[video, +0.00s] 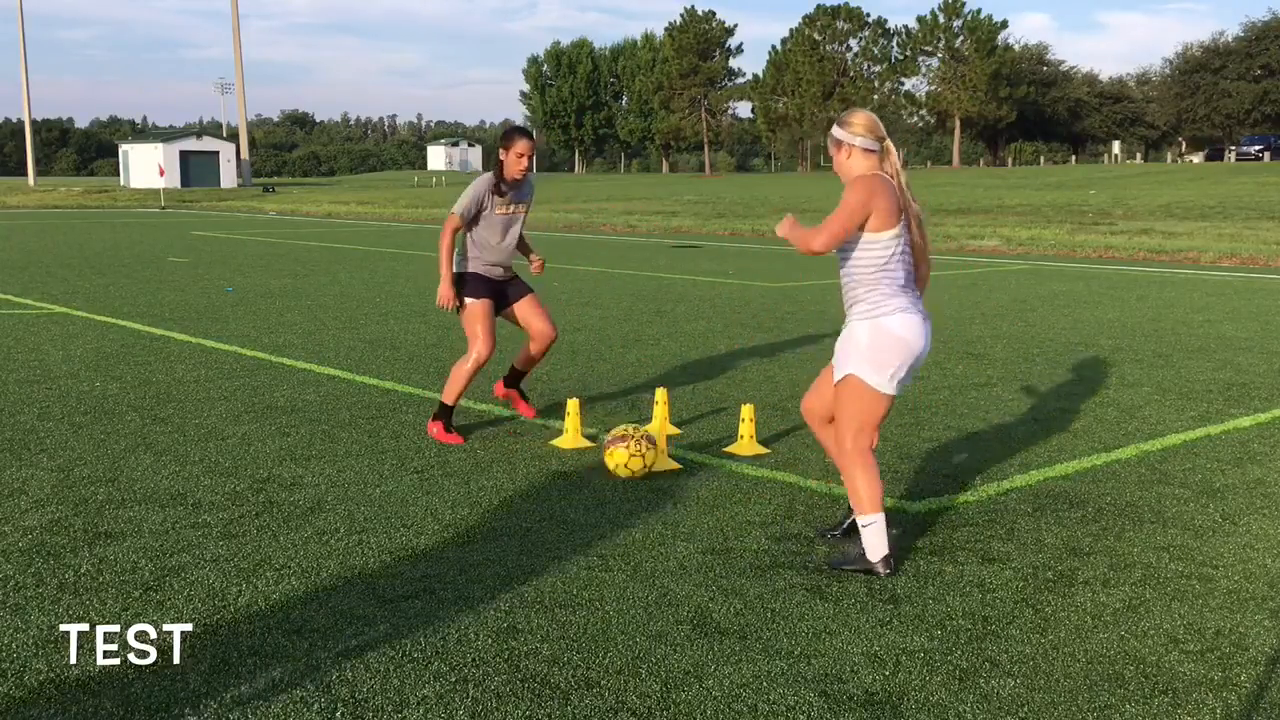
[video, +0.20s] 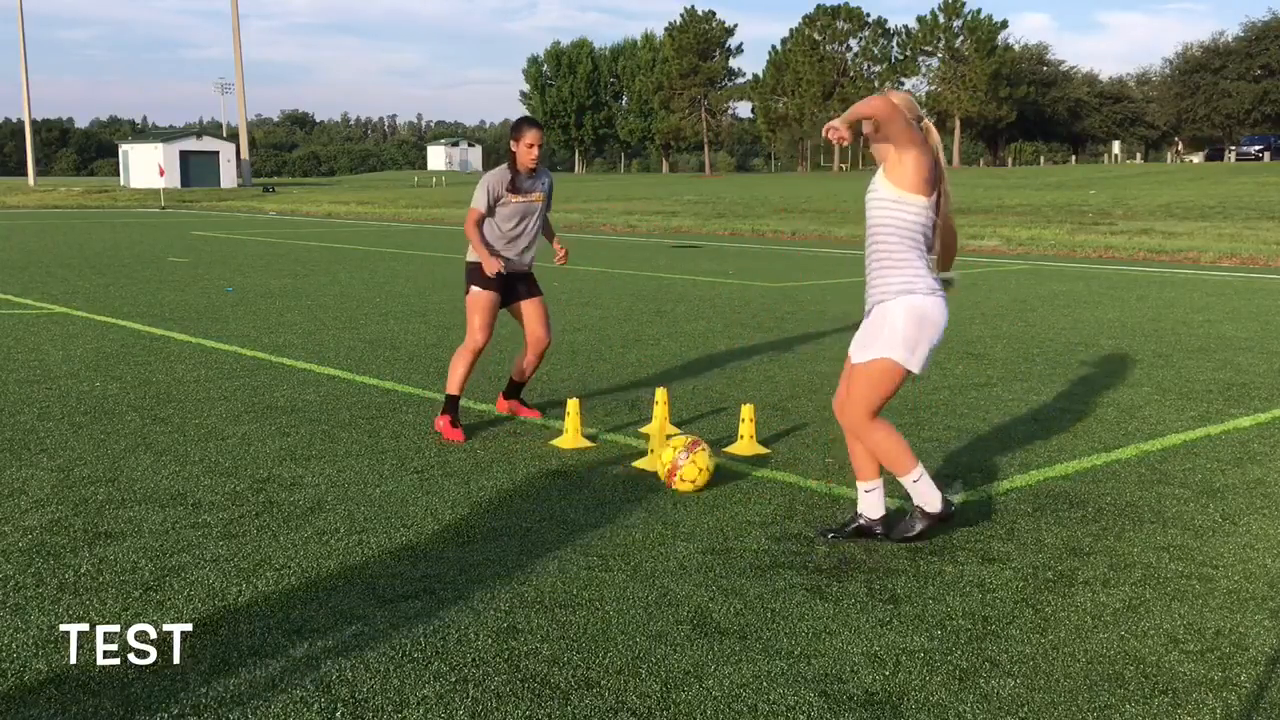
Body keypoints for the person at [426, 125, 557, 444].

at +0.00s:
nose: (526, 163)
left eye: (530, 157)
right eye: (520, 156)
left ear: (532, 159)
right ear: (502, 155)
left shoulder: (526, 189)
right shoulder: (482, 187)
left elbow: (512, 230)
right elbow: (449, 229)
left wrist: (531, 255)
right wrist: (446, 280)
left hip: (506, 277)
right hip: (474, 275)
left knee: (545, 334)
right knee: (481, 348)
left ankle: (509, 385)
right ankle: (440, 419)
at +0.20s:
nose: (536, 152)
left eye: (539, 146)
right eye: (530, 146)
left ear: (541, 148)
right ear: (514, 146)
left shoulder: (544, 181)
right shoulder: (493, 180)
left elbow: (541, 218)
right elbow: (471, 223)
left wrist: (555, 242)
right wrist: (485, 256)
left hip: (520, 269)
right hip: (486, 266)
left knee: (540, 339)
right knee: (477, 338)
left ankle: (510, 398)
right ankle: (448, 414)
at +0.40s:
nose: (543, 130)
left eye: (546, 124)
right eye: (537, 124)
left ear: (547, 127)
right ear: (521, 125)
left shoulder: (547, 157)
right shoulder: (503, 158)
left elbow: (541, 196)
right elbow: (483, 203)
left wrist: (550, 220)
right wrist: (521, 221)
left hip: (533, 248)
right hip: (500, 244)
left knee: (535, 323)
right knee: (506, 318)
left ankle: (515, 392)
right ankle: (479, 385)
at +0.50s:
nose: (546, 134)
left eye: (549, 128)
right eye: (540, 128)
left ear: (550, 131)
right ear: (523, 128)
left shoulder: (548, 160)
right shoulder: (506, 161)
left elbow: (541, 200)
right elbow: (483, 204)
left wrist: (552, 224)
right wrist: (522, 221)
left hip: (537, 248)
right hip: (505, 248)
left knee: (556, 315)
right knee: (512, 325)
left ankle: (528, 380)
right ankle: (483, 388)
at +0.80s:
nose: (570, 149)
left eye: (572, 144)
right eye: (564, 144)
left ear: (574, 145)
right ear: (548, 146)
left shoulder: (579, 175)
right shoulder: (532, 179)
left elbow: (580, 208)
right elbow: (511, 216)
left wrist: (590, 230)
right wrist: (527, 242)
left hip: (565, 263)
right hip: (533, 261)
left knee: (581, 324)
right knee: (526, 327)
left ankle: (568, 376)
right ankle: (489, 391)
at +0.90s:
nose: (577, 144)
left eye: (579, 139)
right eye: (571, 139)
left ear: (581, 141)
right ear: (555, 140)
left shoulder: (585, 166)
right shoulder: (539, 172)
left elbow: (587, 201)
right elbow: (521, 213)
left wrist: (602, 225)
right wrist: (540, 234)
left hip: (573, 255)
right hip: (541, 254)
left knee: (583, 318)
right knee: (538, 319)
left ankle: (570, 376)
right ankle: (506, 383)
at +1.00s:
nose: (581, 135)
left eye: (583, 129)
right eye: (576, 129)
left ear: (583, 132)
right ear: (559, 130)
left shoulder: (585, 155)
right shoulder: (542, 160)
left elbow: (581, 189)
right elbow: (520, 199)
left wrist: (598, 209)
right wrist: (549, 217)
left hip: (574, 242)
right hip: (544, 241)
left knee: (580, 309)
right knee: (551, 309)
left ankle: (572, 371)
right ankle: (527, 366)